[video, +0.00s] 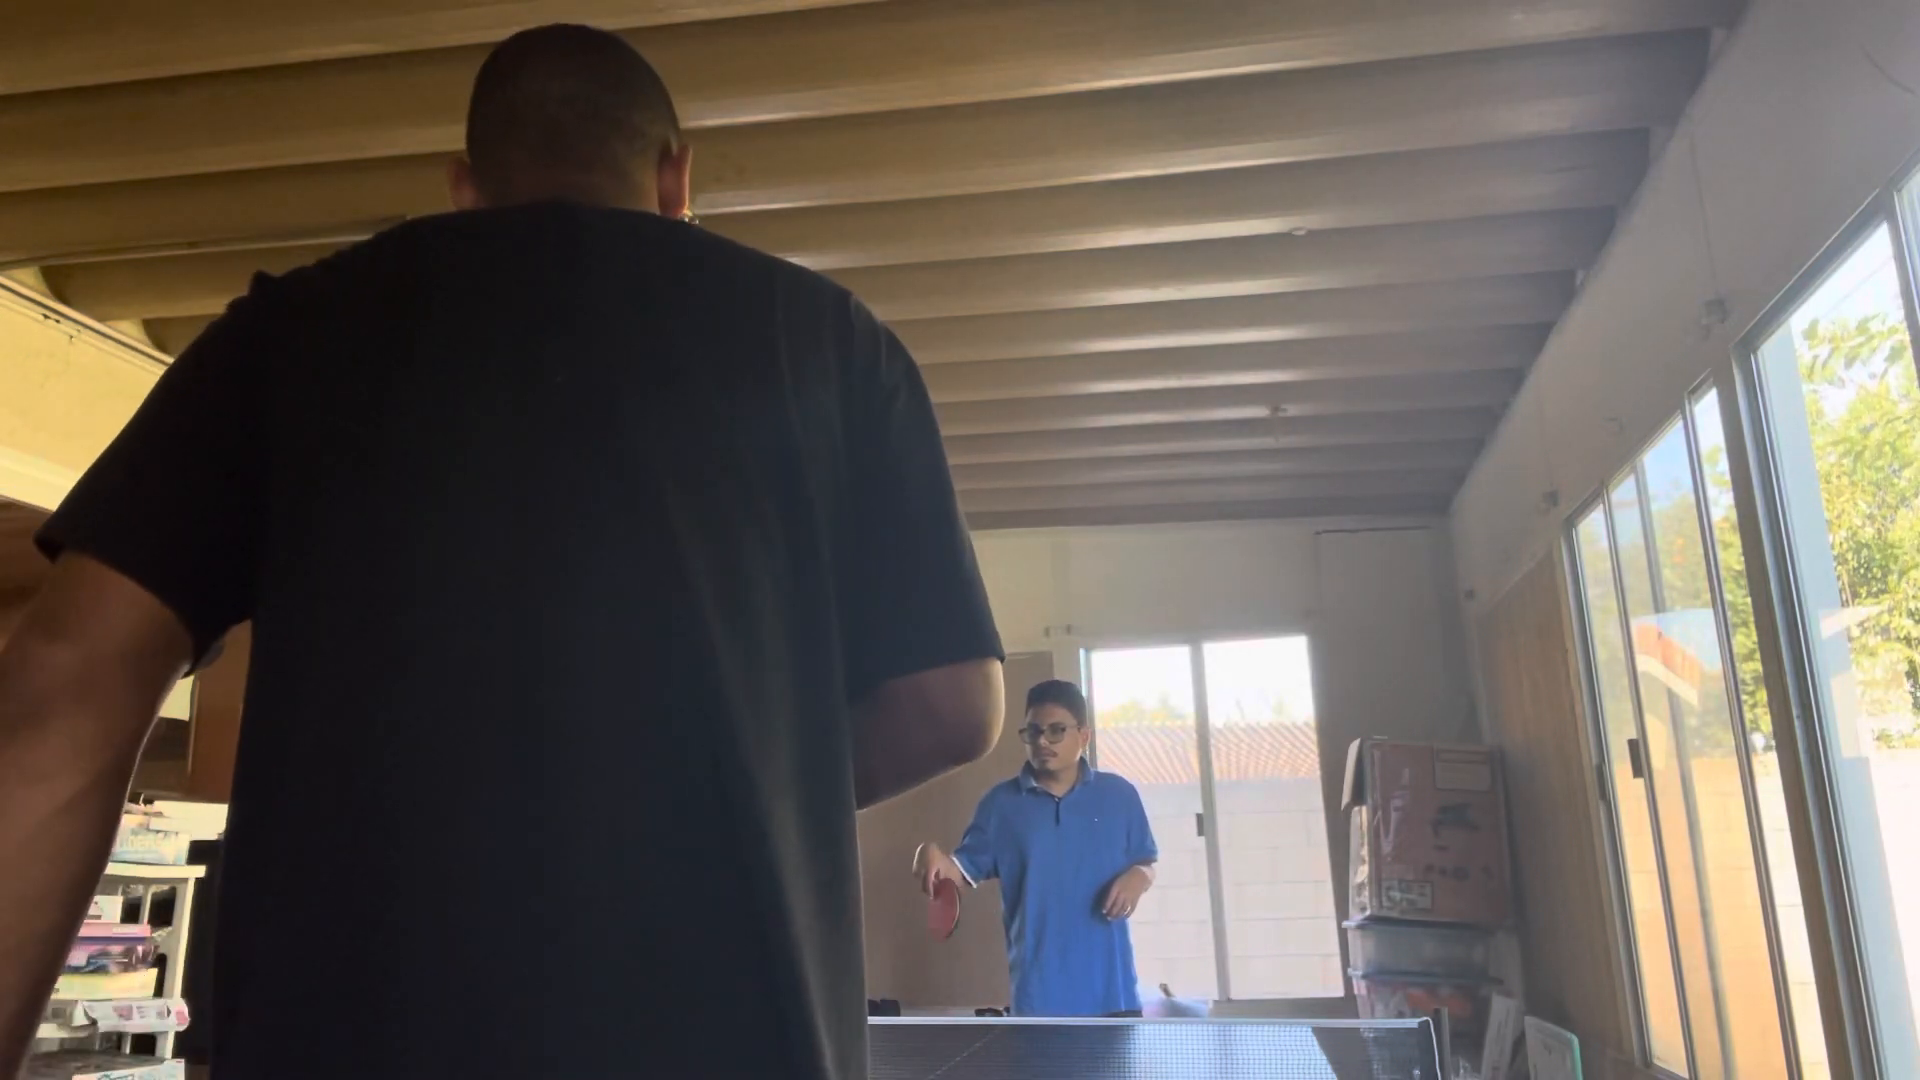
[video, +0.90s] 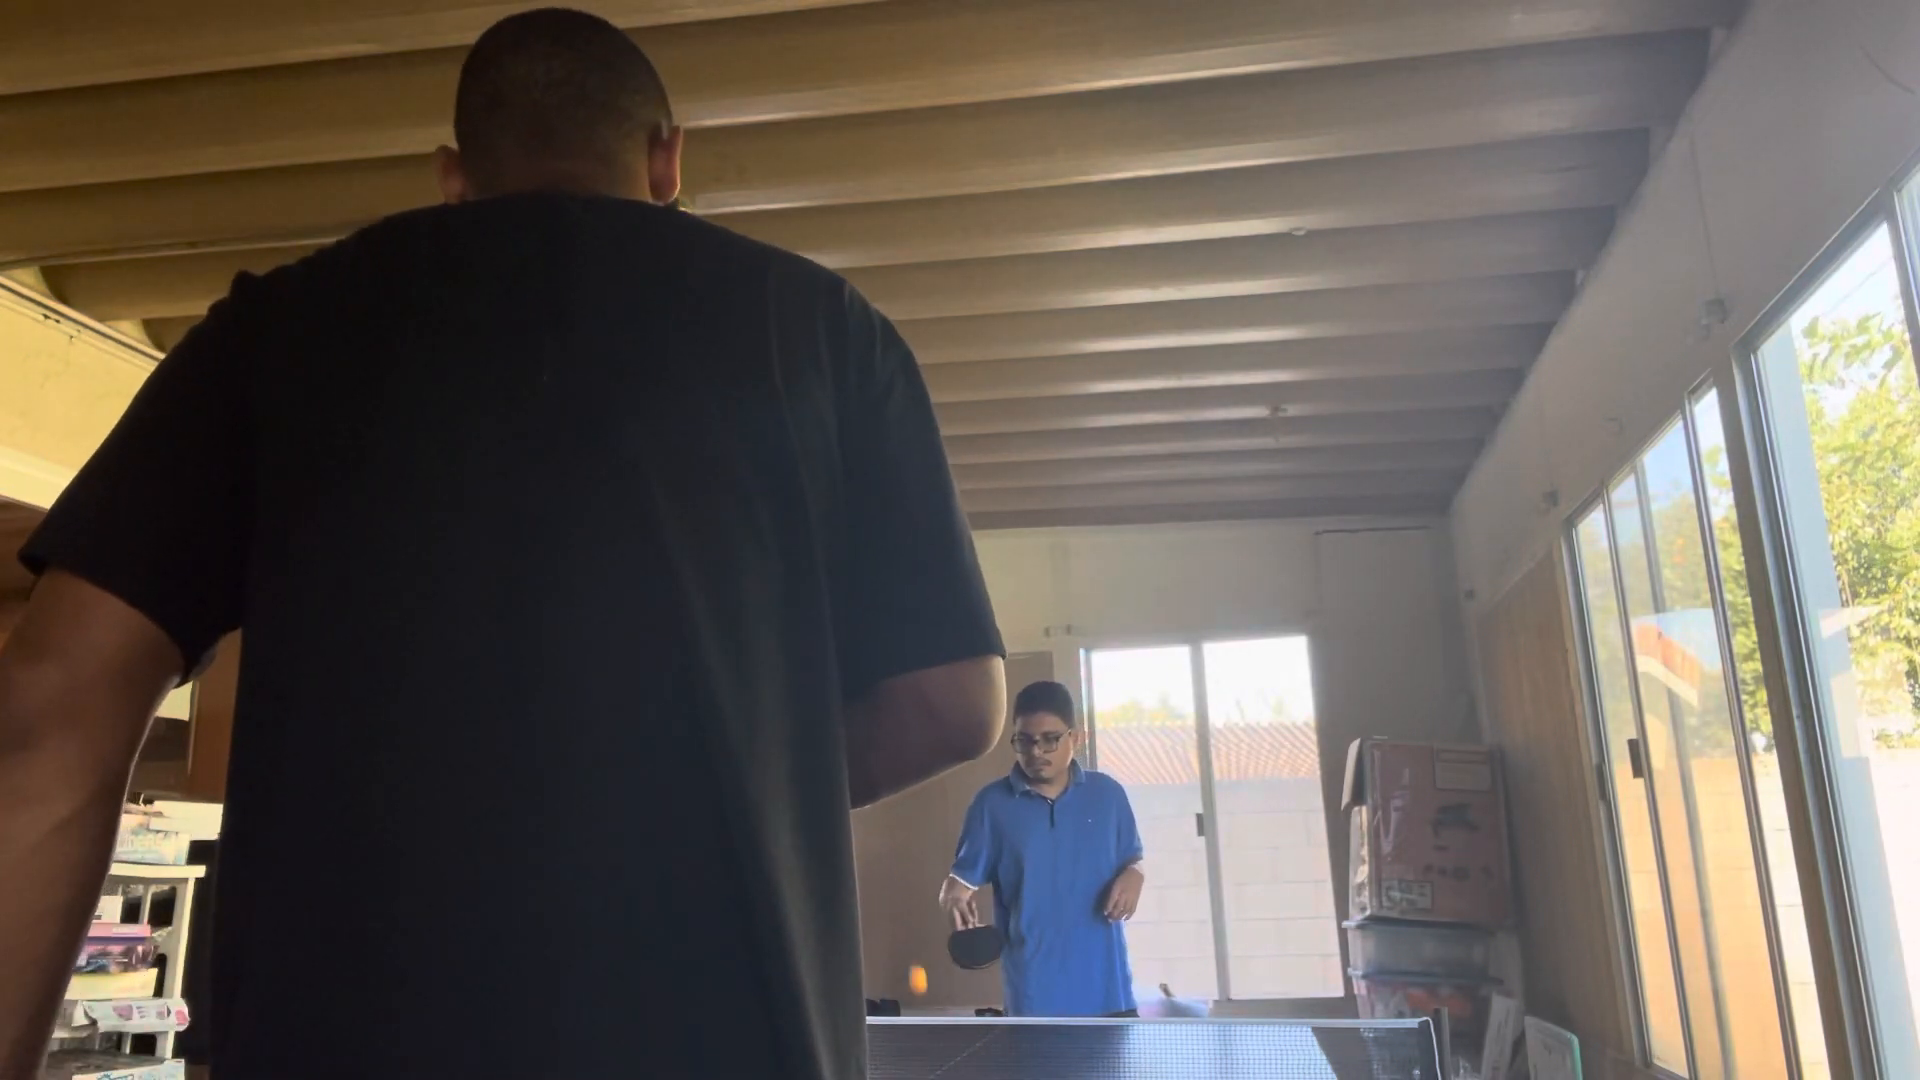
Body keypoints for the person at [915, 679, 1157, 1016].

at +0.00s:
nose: (1043, 742)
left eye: (1056, 731)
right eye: (1034, 732)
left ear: (1084, 736)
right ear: (1024, 736)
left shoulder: (1117, 795)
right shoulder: (1002, 803)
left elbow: (1144, 863)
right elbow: (966, 871)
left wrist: (1137, 878)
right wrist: (932, 852)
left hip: (1109, 988)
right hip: (1037, 992)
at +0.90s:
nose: (1037, 751)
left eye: (1051, 739)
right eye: (1025, 739)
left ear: (1075, 739)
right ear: (1013, 739)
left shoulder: (1107, 794)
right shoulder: (993, 804)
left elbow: (1132, 861)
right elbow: (962, 878)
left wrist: (1134, 876)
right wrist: (956, 896)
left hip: (1106, 988)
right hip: (1033, 995)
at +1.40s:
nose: (1044, 752)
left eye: (1057, 739)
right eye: (1031, 739)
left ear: (1079, 738)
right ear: (1017, 738)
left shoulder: (1100, 800)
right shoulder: (993, 795)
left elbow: (1112, 876)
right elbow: (959, 869)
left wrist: (1131, 883)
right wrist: (975, 896)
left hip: (1097, 992)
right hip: (1022, 996)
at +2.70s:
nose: (1062, 734)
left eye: (1073, 724)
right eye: (1052, 723)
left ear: (1087, 735)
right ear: (1033, 733)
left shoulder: (1111, 799)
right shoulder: (1004, 801)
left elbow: (1128, 869)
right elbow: (974, 892)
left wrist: (1139, 878)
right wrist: (1001, 875)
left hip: (1106, 990)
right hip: (1033, 994)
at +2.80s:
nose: (1057, 735)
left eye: (1069, 724)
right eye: (1045, 725)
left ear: (1087, 735)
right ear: (1028, 735)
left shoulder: (1111, 799)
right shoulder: (1000, 799)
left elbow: (1129, 869)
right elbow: (974, 891)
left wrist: (1139, 879)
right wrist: (1001, 877)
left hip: (1106, 990)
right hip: (1032, 993)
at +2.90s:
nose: (1057, 734)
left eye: (1069, 723)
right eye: (1045, 724)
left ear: (1088, 735)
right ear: (1029, 732)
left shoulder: (1111, 799)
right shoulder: (999, 801)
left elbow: (1126, 873)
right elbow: (975, 889)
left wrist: (1137, 876)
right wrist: (1000, 878)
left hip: (1106, 991)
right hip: (1031, 994)